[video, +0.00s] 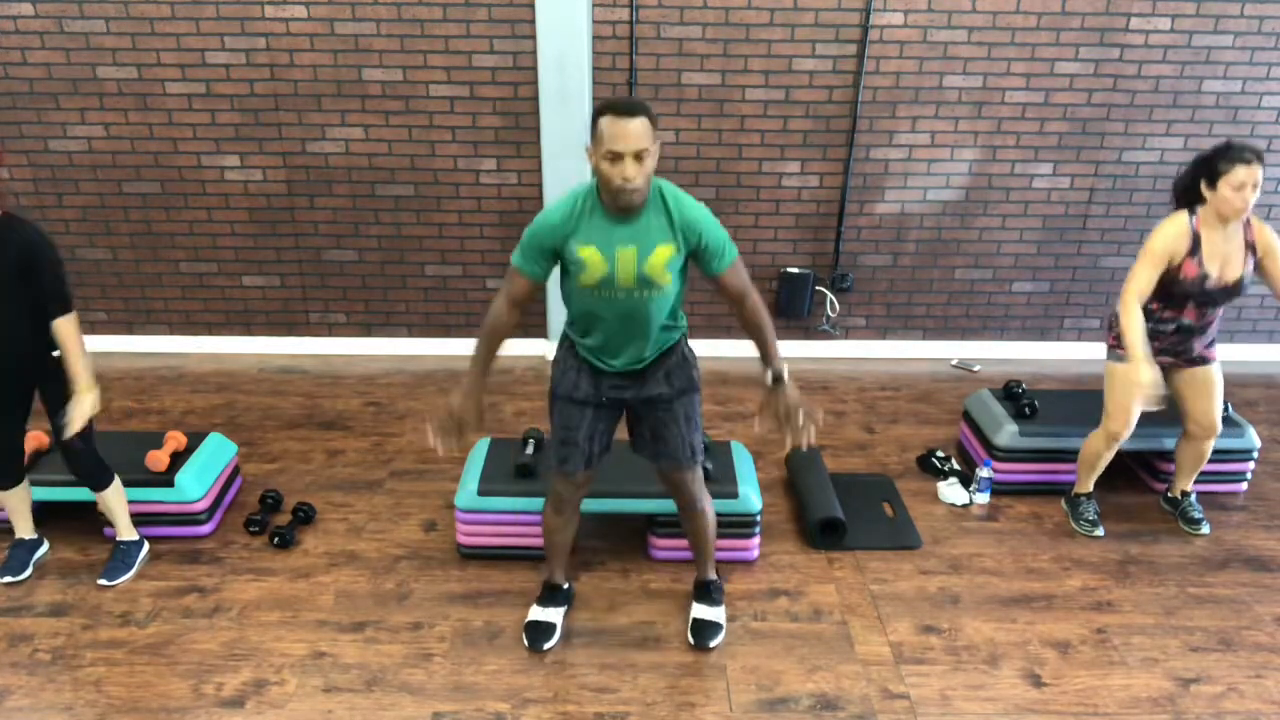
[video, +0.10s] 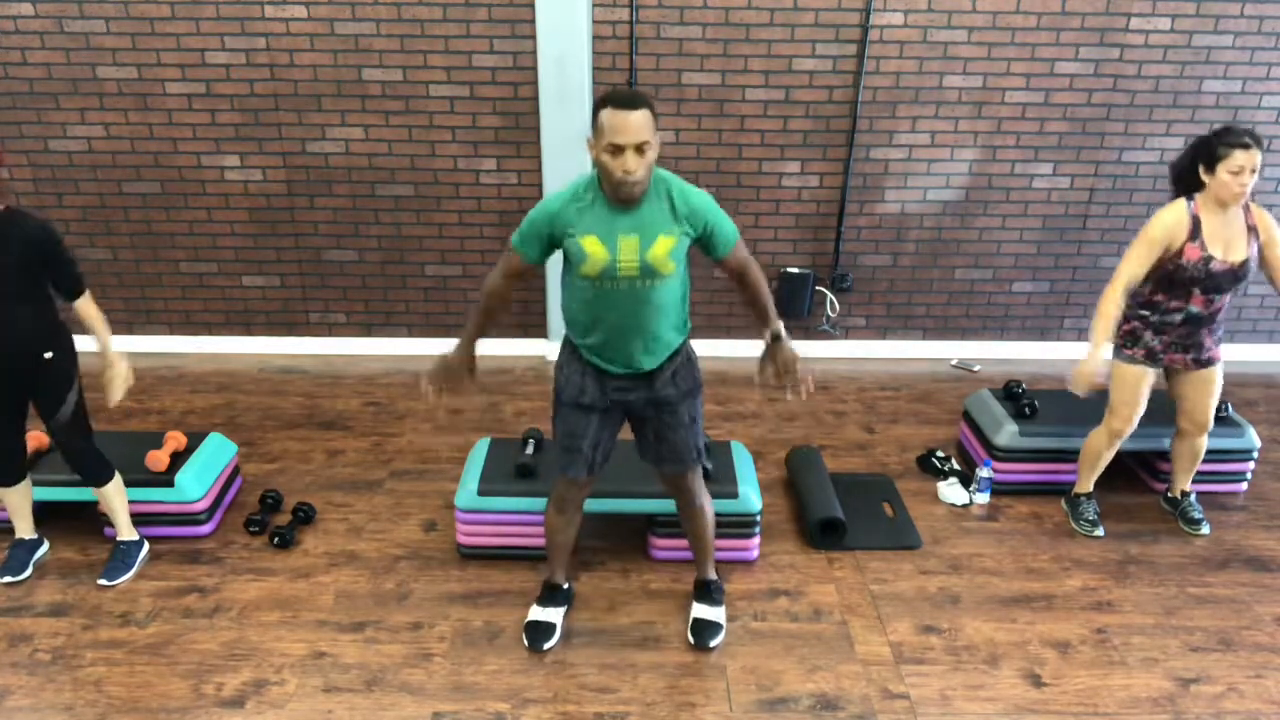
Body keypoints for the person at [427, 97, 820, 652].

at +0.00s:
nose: (629, 172)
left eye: (640, 157)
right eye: (615, 158)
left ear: (655, 156)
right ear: (592, 158)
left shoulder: (685, 216)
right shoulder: (557, 223)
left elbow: (742, 294)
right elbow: (510, 301)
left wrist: (778, 375)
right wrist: (470, 387)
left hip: (662, 363)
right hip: (584, 363)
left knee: (684, 479)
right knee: (566, 482)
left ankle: (708, 584)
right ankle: (554, 588)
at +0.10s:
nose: (628, 165)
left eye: (640, 150)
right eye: (615, 150)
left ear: (656, 148)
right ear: (593, 148)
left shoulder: (687, 204)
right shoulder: (558, 212)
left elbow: (743, 267)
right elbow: (503, 278)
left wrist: (777, 336)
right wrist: (464, 344)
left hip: (666, 370)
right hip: (586, 369)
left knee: (685, 480)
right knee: (569, 484)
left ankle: (708, 584)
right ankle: (555, 588)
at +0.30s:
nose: (632, 172)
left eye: (644, 157)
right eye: (618, 158)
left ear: (661, 148)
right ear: (596, 150)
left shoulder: (693, 196)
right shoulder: (562, 202)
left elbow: (732, 225)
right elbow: (503, 235)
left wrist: (760, 261)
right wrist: (464, 279)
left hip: (669, 368)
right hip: (592, 369)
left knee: (686, 476)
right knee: (572, 482)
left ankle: (708, 583)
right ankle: (555, 588)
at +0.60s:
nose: (631, 178)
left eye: (644, 163)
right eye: (617, 163)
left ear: (662, 153)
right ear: (596, 155)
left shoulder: (693, 205)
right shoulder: (564, 214)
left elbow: (739, 263)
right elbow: (506, 280)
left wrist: (767, 328)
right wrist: (473, 347)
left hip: (671, 366)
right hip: (593, 367)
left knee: (690, 478)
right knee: (573, 481)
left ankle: (709, 583)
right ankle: (556, 587)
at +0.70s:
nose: (630, 194)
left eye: (643, 179)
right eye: (616, 179)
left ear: (660, 168)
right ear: (596, 170)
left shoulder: (690, 219)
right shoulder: (564, 229)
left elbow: (731, 303)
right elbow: (524, 314)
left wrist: (752, 377)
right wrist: (502, 411)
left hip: (671, 364)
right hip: (593, 365)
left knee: (691, 477)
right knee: (574, 479)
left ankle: (709, 582)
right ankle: (555, 585)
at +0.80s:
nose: (629, 237)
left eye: (640, 220)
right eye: (615, 221)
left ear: (658, 205)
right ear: (596, 208)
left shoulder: (690, 251)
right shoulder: (567, 259)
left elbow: (721, 352)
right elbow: (542, 357)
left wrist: (726, 453)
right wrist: (536, 457)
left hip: (671, 367)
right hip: (592, 367)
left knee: (697, 485)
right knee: (563, 489)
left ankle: (708, 583)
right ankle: (555, 585)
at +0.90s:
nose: (630, 301)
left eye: (641, 285)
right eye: (617, 285)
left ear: (658, 268)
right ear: (598, 270)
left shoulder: (689, 300)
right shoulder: (571, 313)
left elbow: (713, 398)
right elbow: (554, 407)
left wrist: (707, 477)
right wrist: (561, 474)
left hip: (667, 393)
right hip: (595, 396)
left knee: (704, 496)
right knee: (558, 497)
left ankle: (710, 586)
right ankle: (554, 587)